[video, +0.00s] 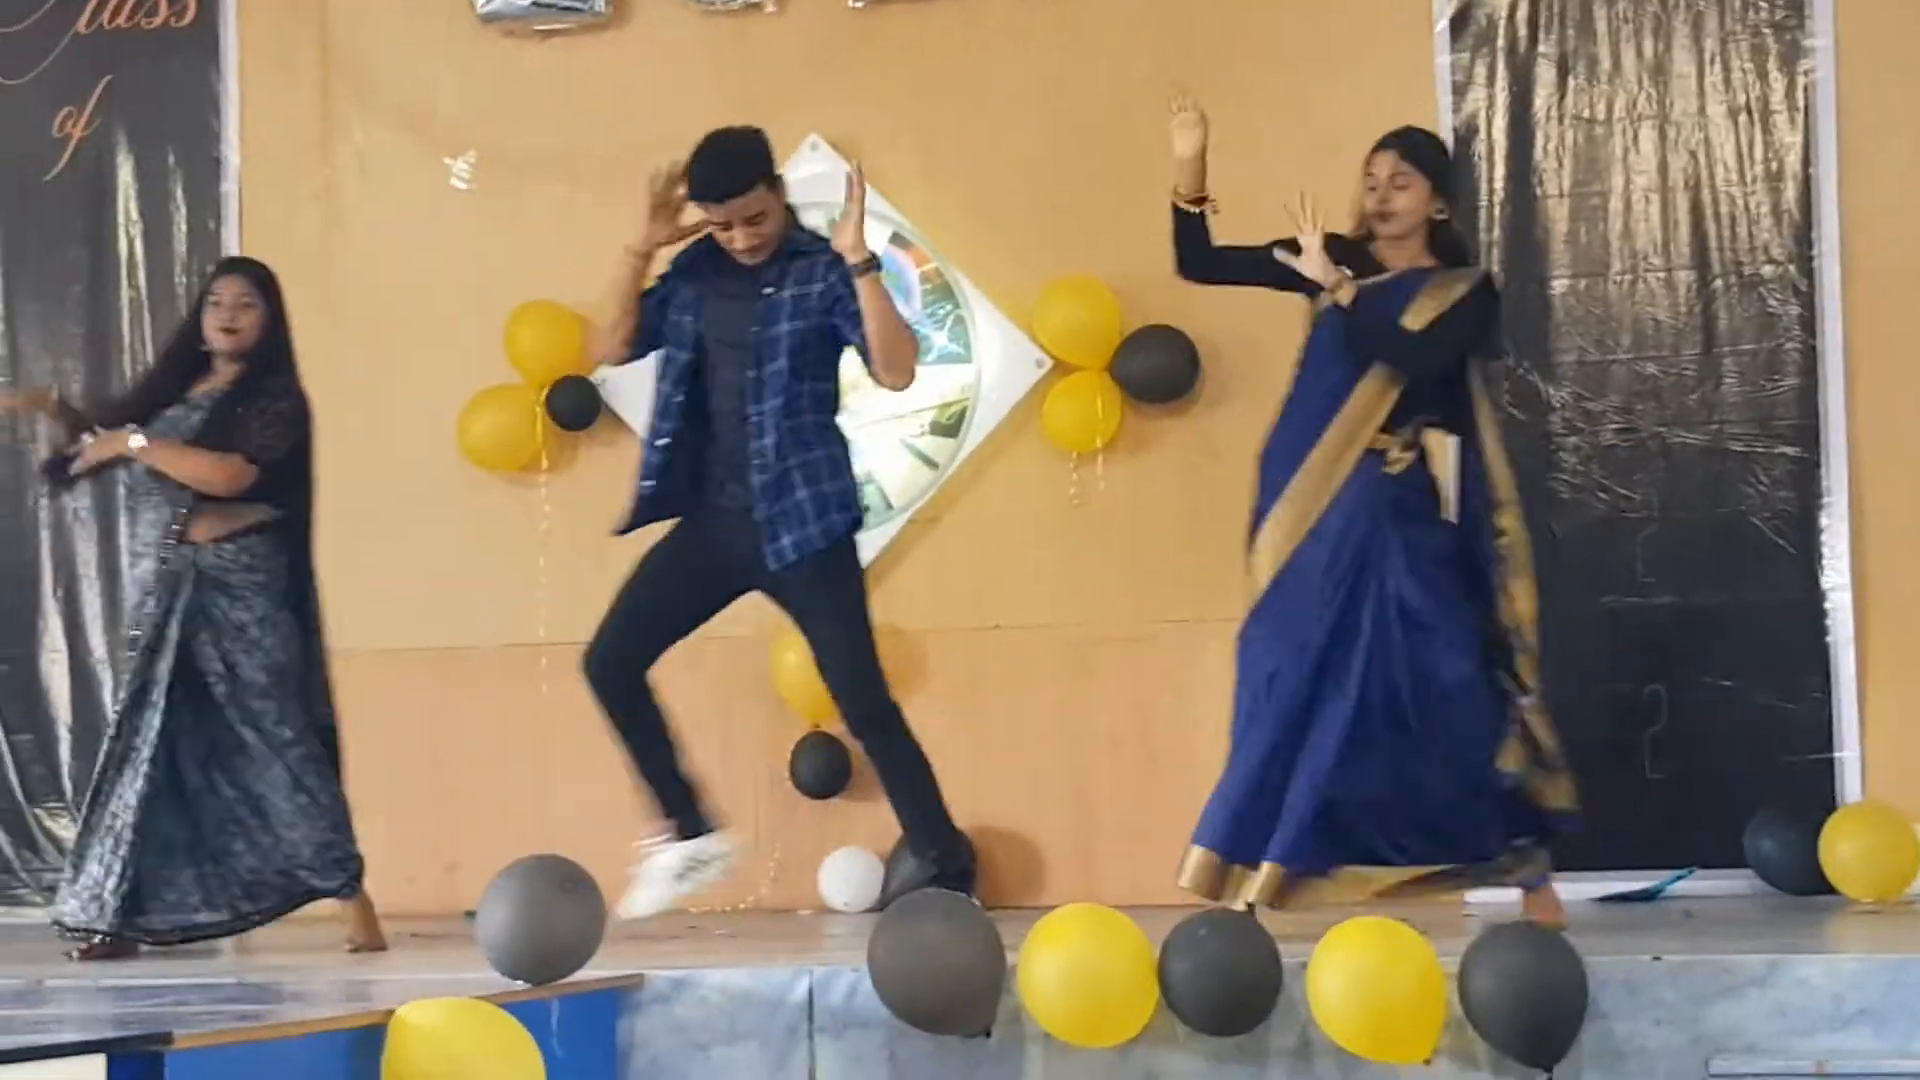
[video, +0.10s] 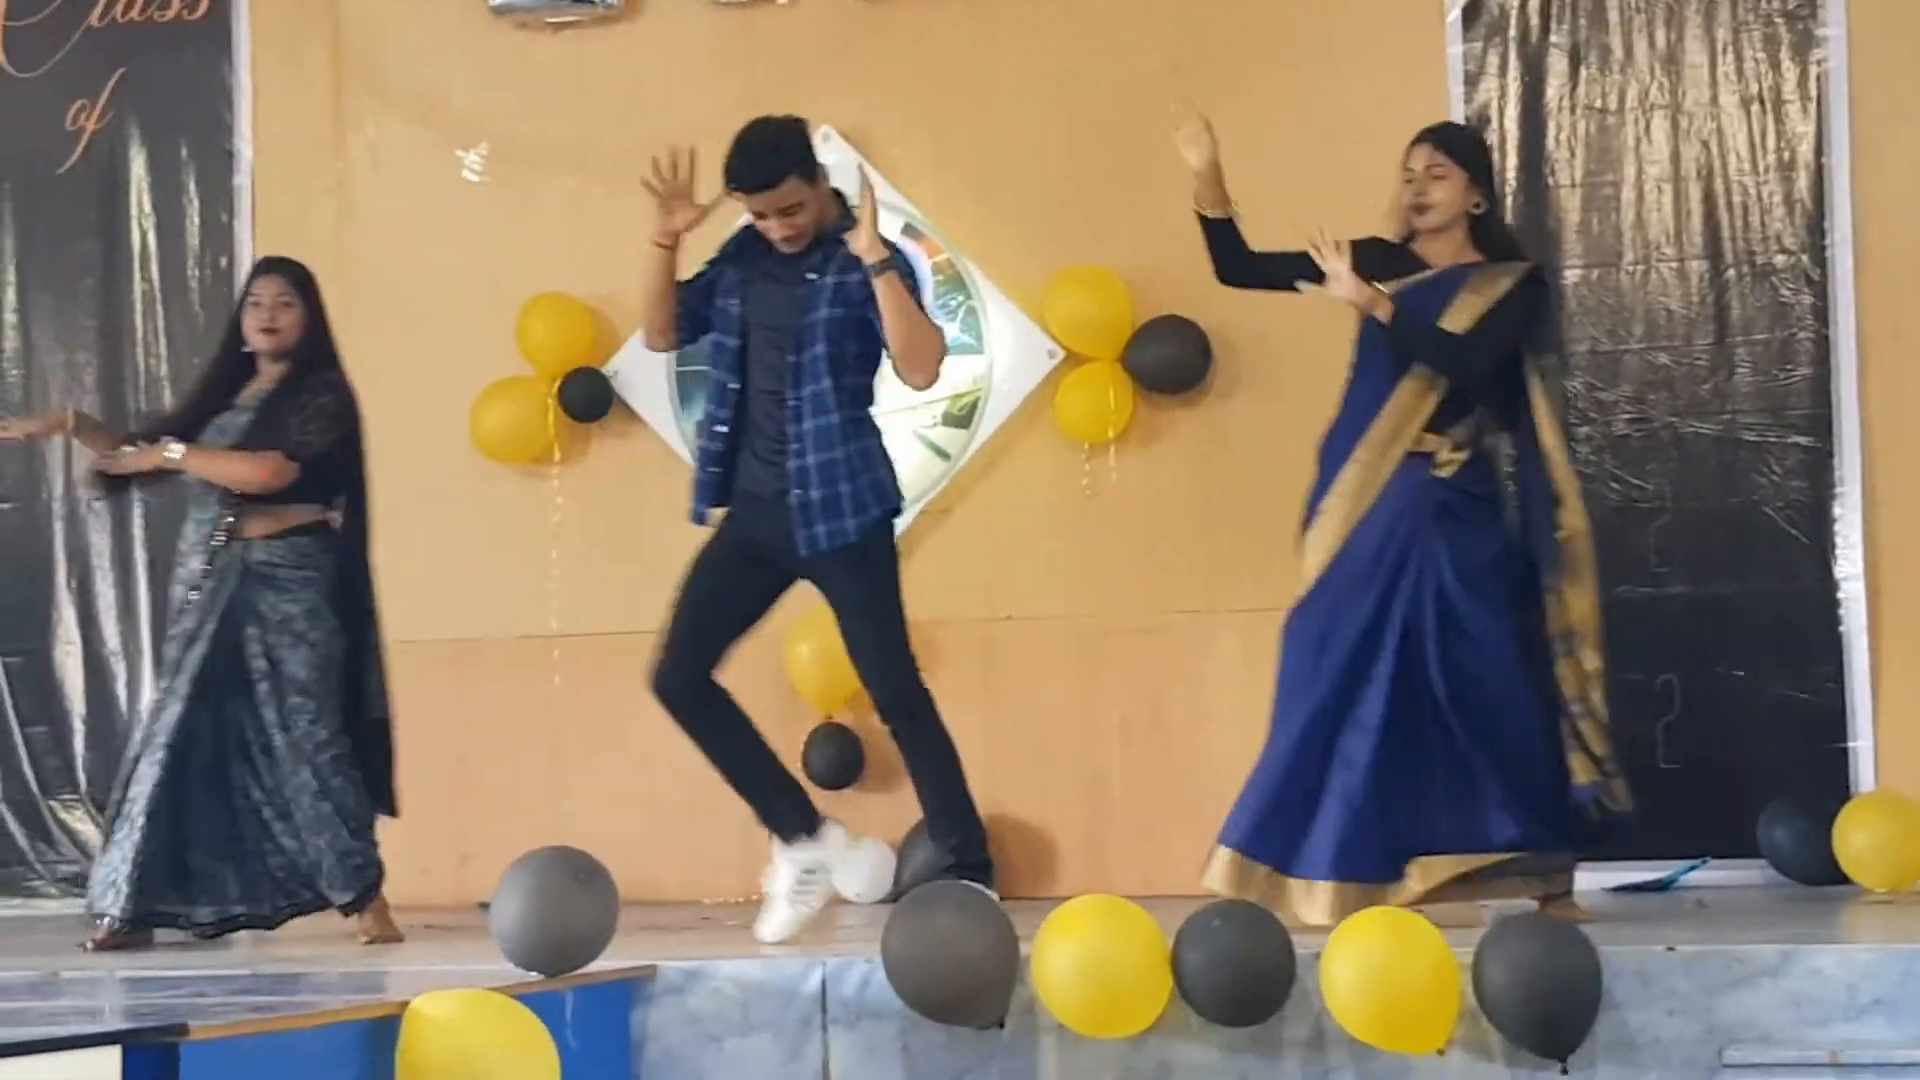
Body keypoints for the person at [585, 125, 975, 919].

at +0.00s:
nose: (741, 237)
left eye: (756, 218)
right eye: (724, 224)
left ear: (781, 196)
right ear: (703, 215)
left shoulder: (826, 270)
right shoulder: (693, 275)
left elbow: (897, 368)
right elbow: (616, 349)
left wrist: (860, 261)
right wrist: (642, 251)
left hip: (804, 527)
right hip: (714, 527)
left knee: (864, 706)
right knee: (611, 663)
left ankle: (948, 871)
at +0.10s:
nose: (776, 228)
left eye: (790, 210)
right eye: (760, 215)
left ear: (825, 187)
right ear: (742, 204)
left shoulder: (872, 261)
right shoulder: (745, 256)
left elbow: (922, 368)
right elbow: (664, 333)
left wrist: (877, 264)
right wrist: (668, 241)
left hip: (844, 518)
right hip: (757, 520)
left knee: (897, 694)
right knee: (677, 678)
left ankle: (968, 879)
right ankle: (808, 843)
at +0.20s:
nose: (811, 222)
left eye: (825, 204)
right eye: (795, 208)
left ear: (858, 182)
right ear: (779, 199)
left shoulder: (907, 252)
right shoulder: (777, 255)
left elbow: (956, 353)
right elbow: (691, 314)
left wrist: (912, 242)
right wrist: (714, 227)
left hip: (884, 510)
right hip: (798, 515)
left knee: (926, 687)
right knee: (730, 678)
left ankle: (995, 875)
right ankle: (852, 843)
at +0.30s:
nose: (845, 196)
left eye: (856, 178)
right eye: (827, 184)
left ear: (887, 157)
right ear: (810, 174)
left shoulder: (943, 218)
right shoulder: (804, 218)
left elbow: (999, 317)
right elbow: (707, 277)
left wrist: (929, 214)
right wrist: (726, 210)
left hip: (914, 483)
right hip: (821, 478)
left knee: (945, 668)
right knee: (731, 636)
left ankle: (1014, 857)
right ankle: (835, 806)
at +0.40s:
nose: (888, 169)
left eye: (902, 151)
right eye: (870, 155)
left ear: (922, 129)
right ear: (842, 142)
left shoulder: (961, 187)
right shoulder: (813, 180)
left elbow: (1007, 306)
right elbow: (739, 270)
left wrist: (928, 263)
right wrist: (755, 244)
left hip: (930, 459)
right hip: (837, 458)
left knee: (958, 650)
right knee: (765, 634)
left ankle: (1004, 846)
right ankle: (820, 829)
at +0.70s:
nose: (872, 181)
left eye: (874, 162)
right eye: (852, 168)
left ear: (876, 154)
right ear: (805, 167)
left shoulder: (914, 233)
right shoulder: (760, 253)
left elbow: (972, 329)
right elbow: (763, 394)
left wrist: (992, 365)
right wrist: (851, 391)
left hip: (880, 487)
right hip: (782, 484)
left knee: (931, 664)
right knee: (684, 643)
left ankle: (1002, 834)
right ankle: (685, 813)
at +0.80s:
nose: (799, 168)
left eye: (801, 151)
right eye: (780, 157)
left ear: (804, 145)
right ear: (729, 160)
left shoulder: (843, 213)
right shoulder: (691, 242)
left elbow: (935, 280)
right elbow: (725, 360)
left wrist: (993, 280)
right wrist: (812, 294)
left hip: (844, 484)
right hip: (741, 486)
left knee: (910, 657)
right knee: (647, 653)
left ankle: (999, 834)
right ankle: (576, 828)